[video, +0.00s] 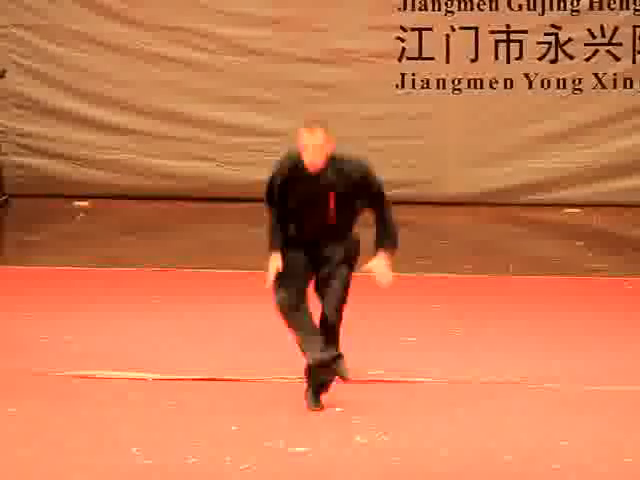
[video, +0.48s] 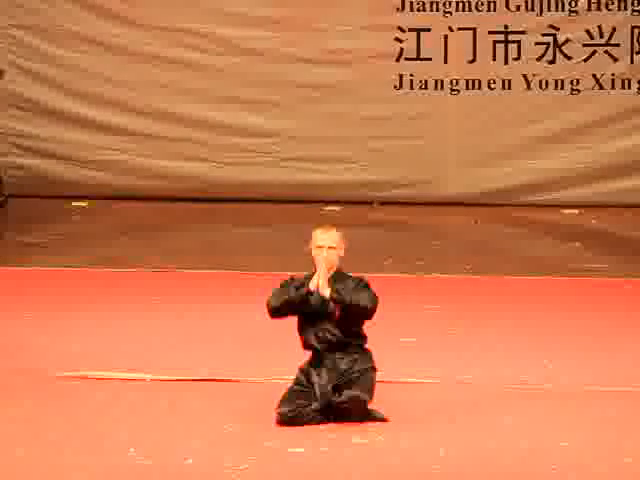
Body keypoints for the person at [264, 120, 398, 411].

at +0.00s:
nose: (311, 155)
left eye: (317, 147)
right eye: (305, 148)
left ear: (330, 145)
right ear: (298, 147)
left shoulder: (353, 173)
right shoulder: (286, 174)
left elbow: (380, 208)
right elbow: (276, 214)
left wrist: (385, 251)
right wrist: (275, 250)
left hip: (337, 246)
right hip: (298, 247)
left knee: (332, 312)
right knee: (287, 299)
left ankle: (316, 384)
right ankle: (321, 353)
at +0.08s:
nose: (314, 187)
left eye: (320, 179)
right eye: (309, 179)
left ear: (331, 180)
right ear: (301, 180)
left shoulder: (349, 217)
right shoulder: (289, 217)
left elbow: (370, 262)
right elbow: (283, 259)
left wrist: (351, 290)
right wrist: (294, 291)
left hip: (336, 289)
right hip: (302, 289)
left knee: (328, 338)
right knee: (287, 329)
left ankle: (315, 383)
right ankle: (332, 374)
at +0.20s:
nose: (319, 215)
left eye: (325, 208)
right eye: (313, 208)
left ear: (335, 208)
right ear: (305, 209)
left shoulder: (349, 238)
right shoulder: (294, 238)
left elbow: (359, 282)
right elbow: (289, 285)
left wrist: (328, 285)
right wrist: (305, 283)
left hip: (342, 315)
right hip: (305, 316)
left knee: (344, 363)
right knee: (290, 370)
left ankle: (319, 398)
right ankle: (342, 406)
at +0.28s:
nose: (322, 225)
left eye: (328, 218)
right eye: (316, 218)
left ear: (339, 219)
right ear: (308, 219)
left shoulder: (354, 250)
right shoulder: (295, 247)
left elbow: (365, 283)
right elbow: (282, 287)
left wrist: (332, 273)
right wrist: (307, 275)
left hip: (344, 331)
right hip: (306, 330)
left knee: (345, 382)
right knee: (291, 390)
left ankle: (305, 401)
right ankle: (352, 410)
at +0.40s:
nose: (324, 244)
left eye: (331, 237)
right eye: (319, 237)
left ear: (344, 239)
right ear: (312, 239)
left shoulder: (353, 272)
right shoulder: (298, 270)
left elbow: (369, 292)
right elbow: (276, 295)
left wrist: (333, 278)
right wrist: (306, 278)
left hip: (347, 355)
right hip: (309, 355)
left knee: (352, 408)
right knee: (290, 413)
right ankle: (351, 414)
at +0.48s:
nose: (325, 254)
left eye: (331, 248)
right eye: (319, 248)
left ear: (341, 251)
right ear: (311, 251)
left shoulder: (353, 284)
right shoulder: (299, 285)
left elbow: (368, 307)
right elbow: (274, 308)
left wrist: (332, 294)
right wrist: (308, 290)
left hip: (354, 362)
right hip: (318, 364)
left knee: (351, 406)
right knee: (287, 414)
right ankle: (345, 412)